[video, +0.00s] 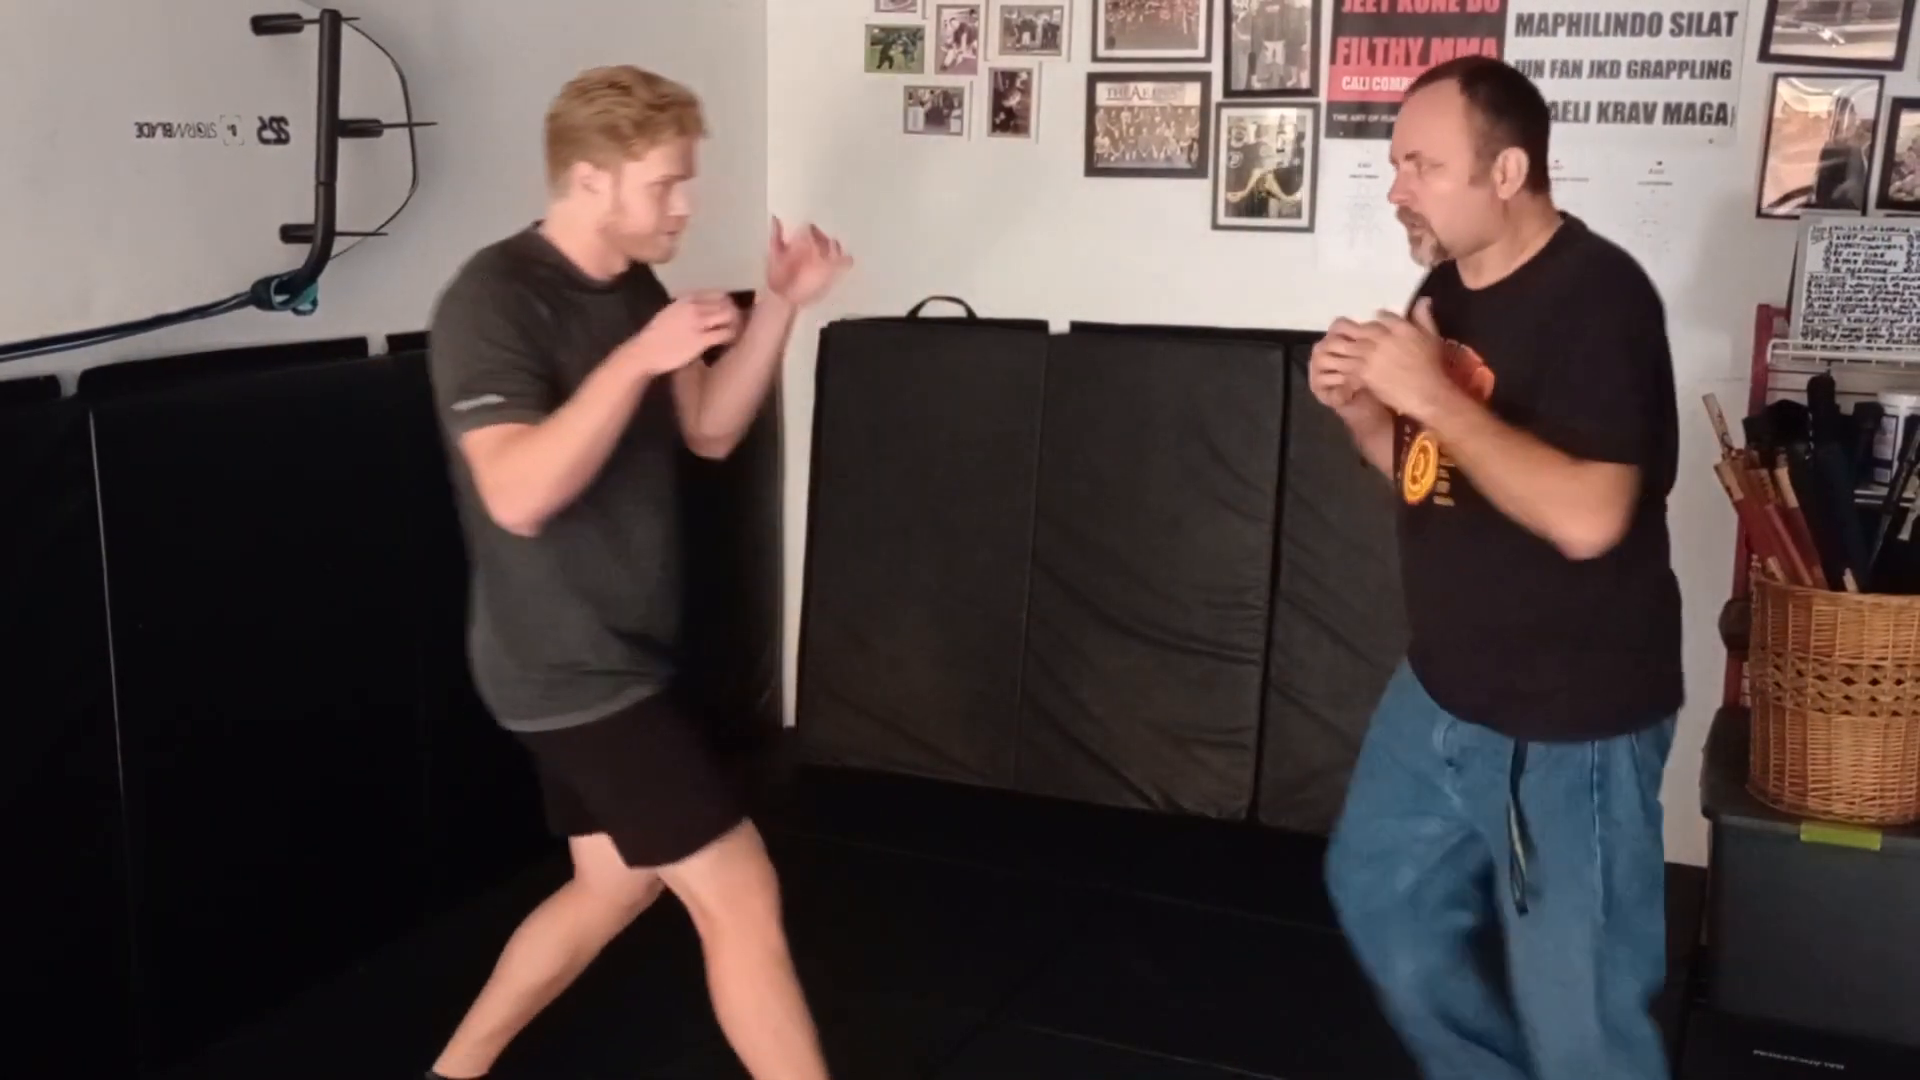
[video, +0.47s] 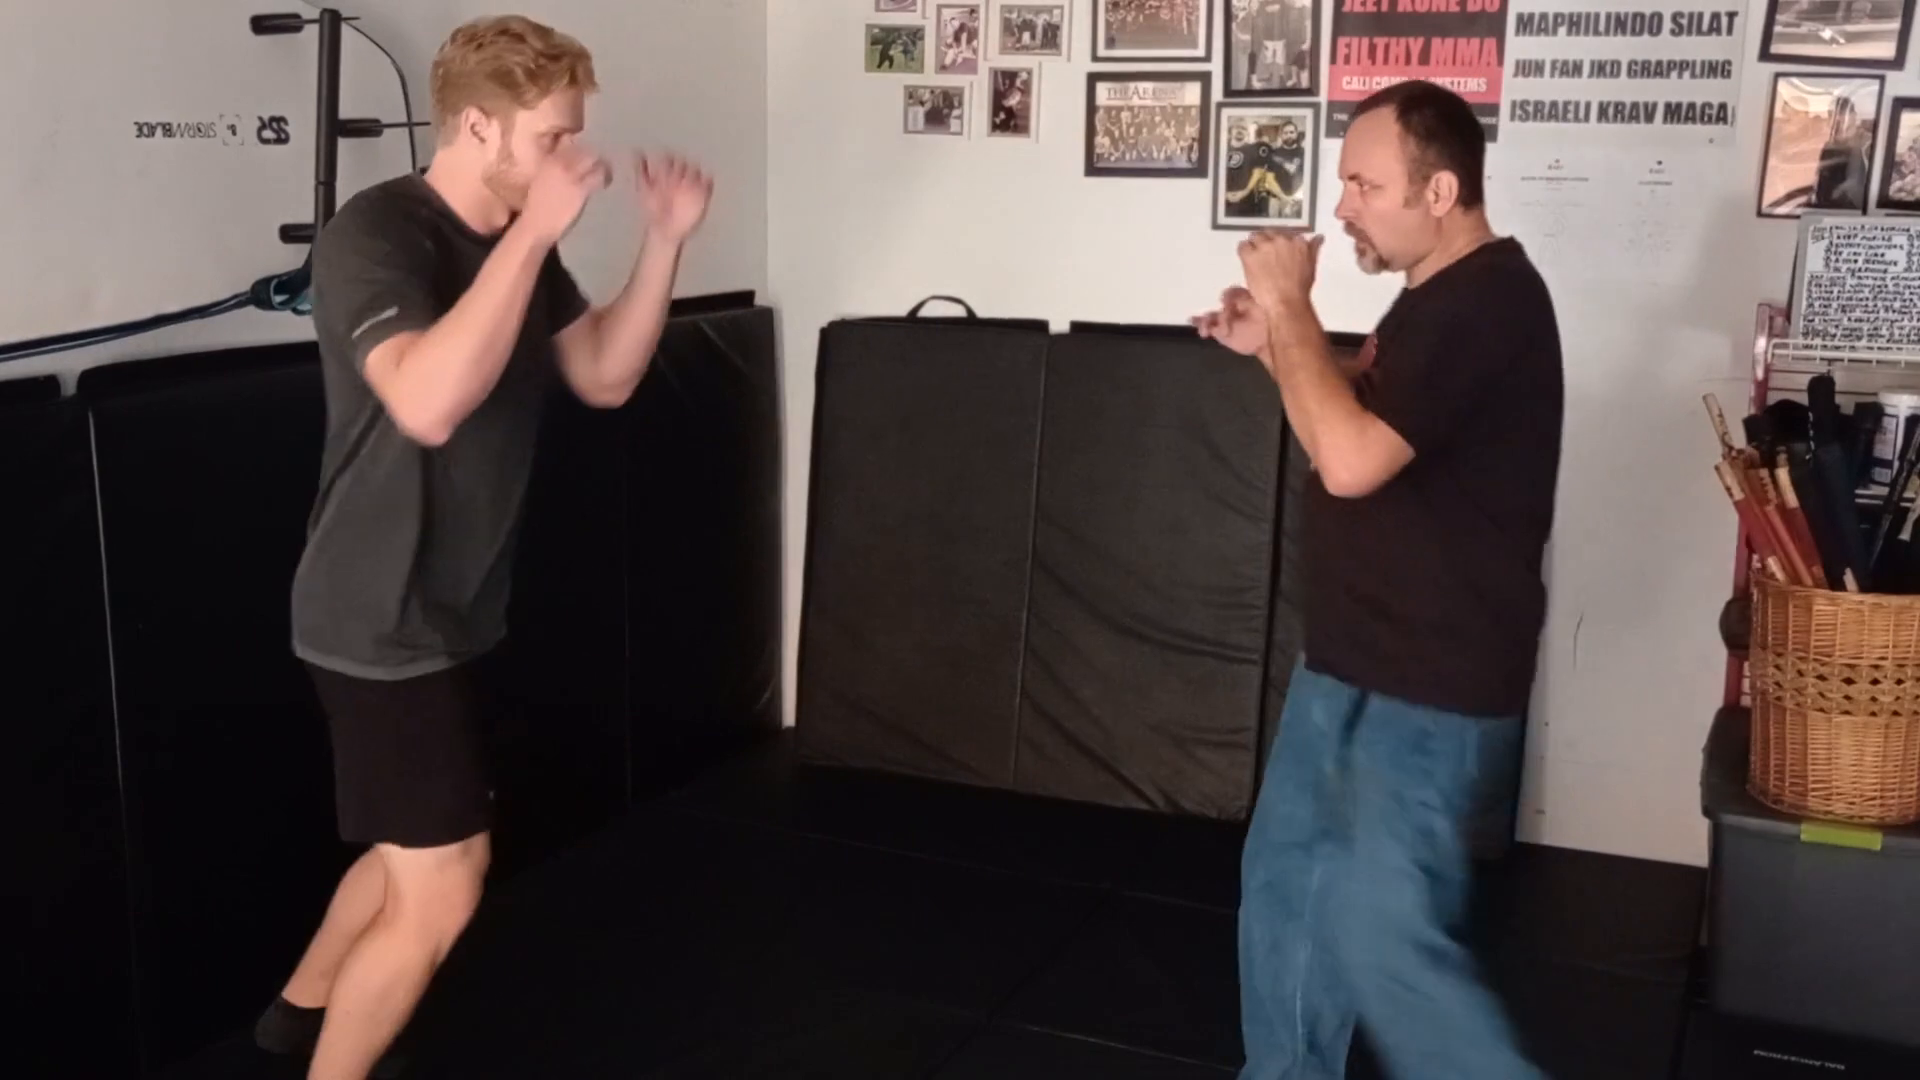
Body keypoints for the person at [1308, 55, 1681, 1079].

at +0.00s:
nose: (1398, 195)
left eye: (1421, 170)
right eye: (1396, 168)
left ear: (1510, 173)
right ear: (1495, 172)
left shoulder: (1602, 295)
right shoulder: (1445, 291)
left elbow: (1591, 515)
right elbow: (1429, 481)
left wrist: (1435, 399)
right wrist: (1362, 412)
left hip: (1580, 724)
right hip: (1440, 691)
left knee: (1580, 1019)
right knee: (1383, 897)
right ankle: (1492, 1071)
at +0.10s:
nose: (1389, 212)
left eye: (1410, 186)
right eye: (1389, 185)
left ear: (1494, 192)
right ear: (1483, 193)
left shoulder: (1583, 313)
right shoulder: (1464, 305)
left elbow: (1516, 524)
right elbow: (1441, 491)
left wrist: (1369, 397)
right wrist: (1346, 436)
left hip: (1571, 736)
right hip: (1436, 700)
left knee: (1598, 1015)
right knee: (1354, 926)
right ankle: (1341, 1073)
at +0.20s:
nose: (1370, 219)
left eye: (1390, 194)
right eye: (1370, 193)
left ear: (1474, 199)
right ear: (1462, 202)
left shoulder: (1554, 313)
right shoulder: (1458, 309)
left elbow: (1465, 514)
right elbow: (1450, 471)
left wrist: (1342, 384)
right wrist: (1345, 440)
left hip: (1548, 728)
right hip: (1430, 704)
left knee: (1574, 1012)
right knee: (1346, 963)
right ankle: (1280, 1073)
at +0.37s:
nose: (1350, 217)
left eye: (1370, 194)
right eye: (1351, 193)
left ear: (1448, 196)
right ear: (1441, 199)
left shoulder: (1500, 308)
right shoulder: (1450, 300)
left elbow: (1360, 467)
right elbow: (1411, 392)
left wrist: (1296, 321)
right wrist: (1304, 364)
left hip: (1481, 712)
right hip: (1368, 689)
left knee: (1508, 981)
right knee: (1304, 926)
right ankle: (1290, 1070)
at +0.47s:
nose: (1345, 211)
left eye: (1363, 188)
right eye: (1346, 188)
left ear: (1437, 190)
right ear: (1430, 192)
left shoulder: (1490, 300)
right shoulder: (1432, 292)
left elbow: (1352, 460)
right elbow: (1380, 402)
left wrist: (1293, 321)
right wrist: (1282, 344)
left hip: (1433, 695)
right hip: (1339, 672)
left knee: (1382, 938)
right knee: (1281, 912)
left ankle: (1501, 1075)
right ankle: (1283, 1071)